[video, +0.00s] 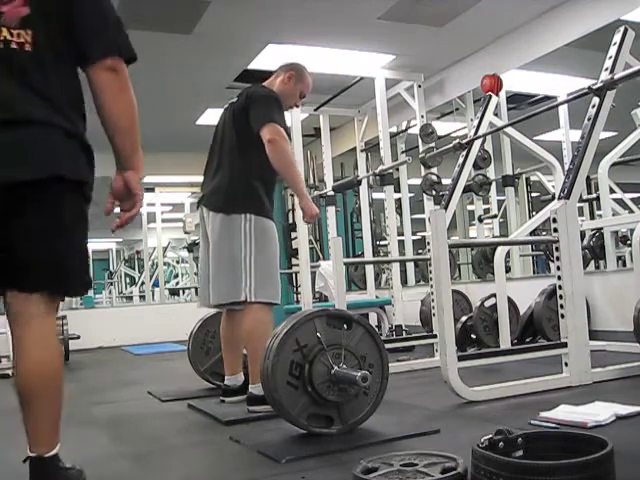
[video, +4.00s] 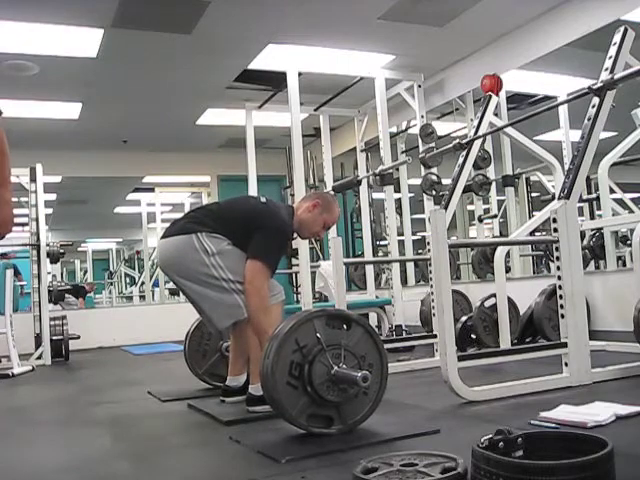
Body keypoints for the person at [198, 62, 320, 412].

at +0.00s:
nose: (298, 103)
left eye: (303, 99)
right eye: (301, 94)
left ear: (277, 76)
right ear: (285, 77)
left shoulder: (237, 104)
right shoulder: (263, 95)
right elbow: (272, 137)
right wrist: (303, 196)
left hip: (220, 207)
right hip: (245, 208)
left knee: (234, 302)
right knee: (259, 301)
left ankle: (233, 383)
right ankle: (260, 389)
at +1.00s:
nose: (259, 69)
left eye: (258, 63)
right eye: (257, 62)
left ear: (225, 64)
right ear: (242, 61)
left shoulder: (209, 104)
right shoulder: (244, 93)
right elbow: (301, 98)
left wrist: (290, 108)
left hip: (224, 211)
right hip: (255, 209)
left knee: (238, 302)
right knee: (266, 299)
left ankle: (233, 382)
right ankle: (260, 390)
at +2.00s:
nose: (256, 67)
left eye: (254, 62)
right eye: (253, 62)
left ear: (221, 68)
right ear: (244, 64)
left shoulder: (209, 101)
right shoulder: (243, 88)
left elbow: (214, 59)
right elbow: (260, 26)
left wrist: (218, 18)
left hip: (234, 206)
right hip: (261, 201)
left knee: (243, 299)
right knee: (268, 298)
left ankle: (233, 383)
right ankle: (259, 389)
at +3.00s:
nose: (298, 115)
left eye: (295, 107)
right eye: (297, 107)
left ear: (267, 100)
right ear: (287, 101)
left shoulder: (237, 123)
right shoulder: (267, 112)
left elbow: (271, 151)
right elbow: (324, 99)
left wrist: (304, 152)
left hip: (189, 213)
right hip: (217, 208)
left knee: (238, 302)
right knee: (266, 295)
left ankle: (233, 382)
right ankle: (259, 389)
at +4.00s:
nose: (322, 235)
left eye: (327, 230)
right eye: (325, 226)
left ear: (309, 206)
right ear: (312, 207)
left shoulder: (273, 217)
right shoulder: (278, 222)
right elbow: (255, 285)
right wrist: (275, 351)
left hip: (175, 244)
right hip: (193, 242)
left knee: (247, 302)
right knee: (272, 294)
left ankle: (235, 383)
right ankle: (260, 389)